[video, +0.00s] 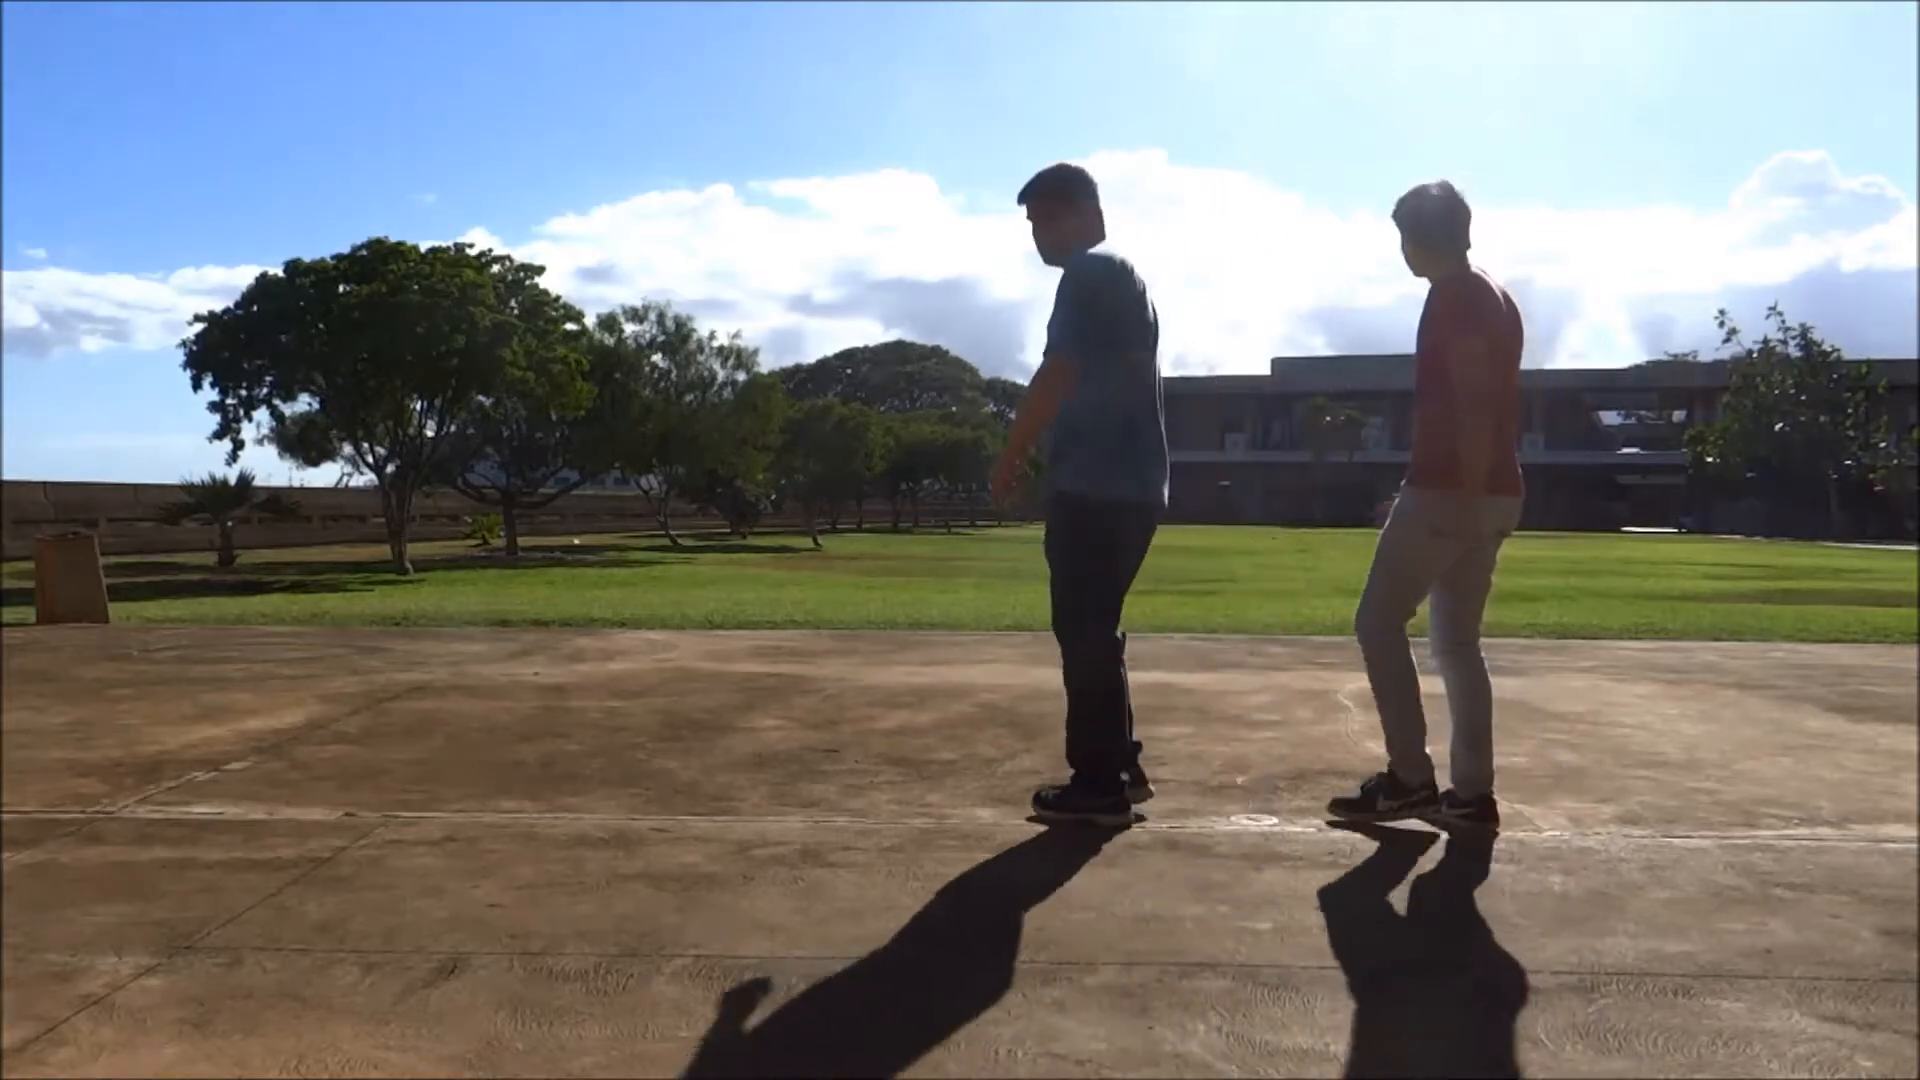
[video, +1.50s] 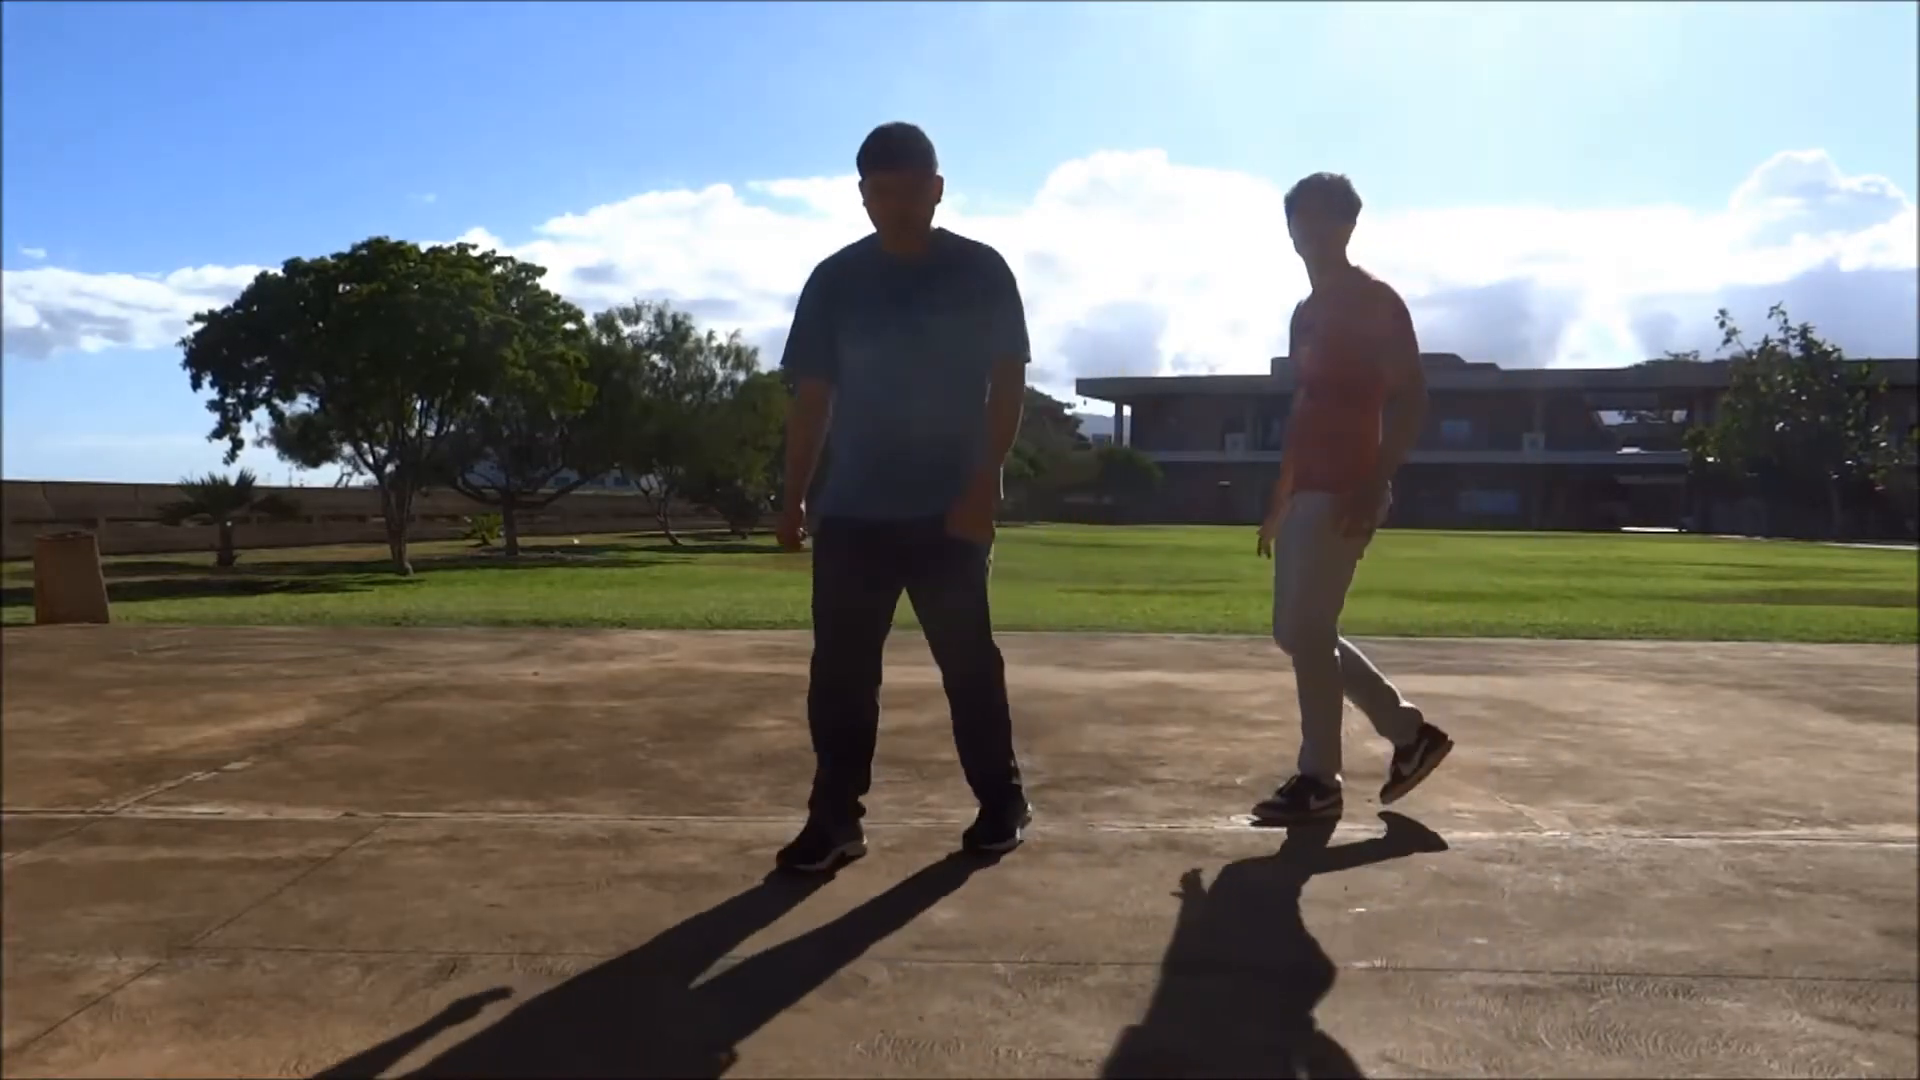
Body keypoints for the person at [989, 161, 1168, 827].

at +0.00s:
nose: (1033, 234)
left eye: (1039, 219)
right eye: (1031, 221)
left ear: (1077, 213)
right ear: (1091, 214)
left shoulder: (1087, 273)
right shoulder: (1127, 280)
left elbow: (1059, 373)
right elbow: (1122, 389)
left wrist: (1012, 454)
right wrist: (1044, 456)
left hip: (1096, 489)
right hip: (1131, 487)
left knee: (1083, 627)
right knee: (1092, 626)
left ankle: (1098, 786)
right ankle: (1115, 766)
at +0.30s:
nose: (1028, 222)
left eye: (1041, 207)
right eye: (1019, 211)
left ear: (1074, 209)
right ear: (1011, 220)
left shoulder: (1119, 283)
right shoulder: (1009, 304)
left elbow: (1140, 380)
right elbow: (980, 402)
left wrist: (1047, 416)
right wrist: (950, 481)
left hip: (1103, 487)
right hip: (1040, 489)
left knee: (1053, 621)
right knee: (1059, 622)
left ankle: (1042, 777)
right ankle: (1110, 765)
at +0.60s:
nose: (1011, 214)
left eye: (1026, 200)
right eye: (1001, 202)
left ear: (1060, 202)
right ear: (992, 208)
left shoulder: (1104, 284)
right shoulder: (971, 293)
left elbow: (1138, 381)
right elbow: (927, 384)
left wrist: (1080, 441)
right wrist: (893, 449)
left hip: (1069, 496)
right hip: (996, 497)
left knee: (1035, 641)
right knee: (1013, 640)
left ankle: (1010, 805)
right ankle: (1086, 746)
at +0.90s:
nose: (982, 202)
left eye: (996, 188)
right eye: (971, 191)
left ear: (1032, 191)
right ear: (962, 199)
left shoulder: (1075, 274)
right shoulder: (942, 285)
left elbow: (1105, 382)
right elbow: (913, 390)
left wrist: (1086, 476)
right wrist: (890, 465)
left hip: (1037, 494)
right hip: (955, 494)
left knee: (1018, 647)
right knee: (935, 634)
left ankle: (1007, 802)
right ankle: (954, 767)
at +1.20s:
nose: (947, 212)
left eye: (962, 196)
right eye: (935, 198)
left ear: (993, 192)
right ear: (920, 198)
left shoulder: (1040, 275)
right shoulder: (900, 287)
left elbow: (1078, 384)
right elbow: (881, 398)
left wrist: (1067, 485)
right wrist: (862, 494)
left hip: (1004, 503)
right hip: (917, 502)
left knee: (1000, 659)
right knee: (882, 649)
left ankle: (1005, 805)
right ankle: (839, 799)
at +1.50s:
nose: (892, 202)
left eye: (906, 186)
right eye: (878, 188)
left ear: (936, 185)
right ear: (861, 192)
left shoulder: (981, 271)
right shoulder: (833, 279)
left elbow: (1009, 380)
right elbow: (811, 395)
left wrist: (985, 481)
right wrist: (794, 492)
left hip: (948, 510)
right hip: (852, 513)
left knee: (969, 666)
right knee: (839, 674)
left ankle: (1000, 802)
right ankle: (834, 819)